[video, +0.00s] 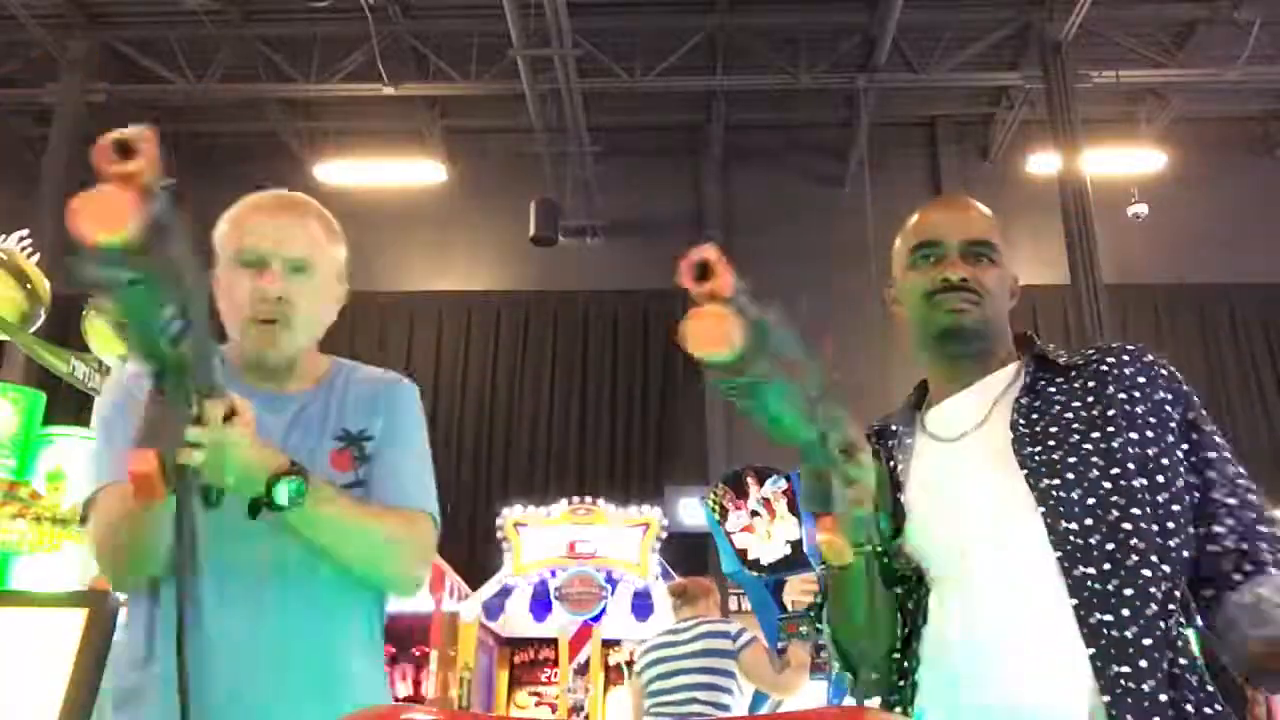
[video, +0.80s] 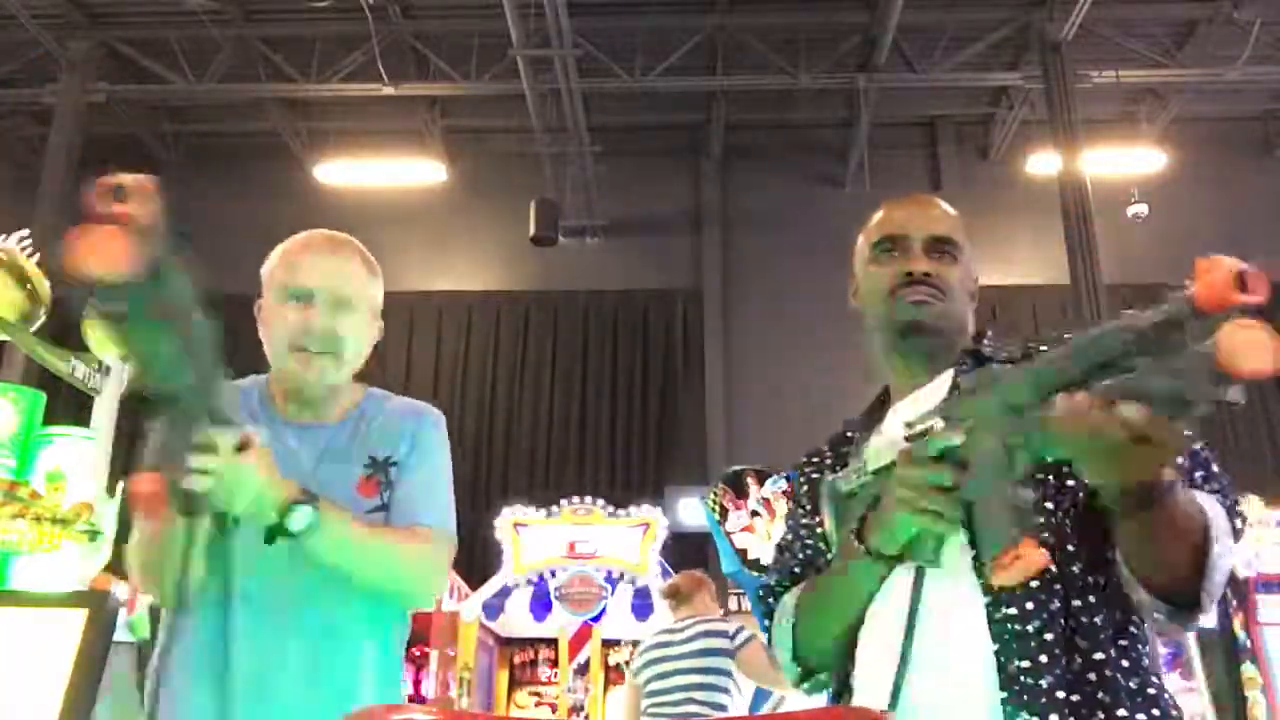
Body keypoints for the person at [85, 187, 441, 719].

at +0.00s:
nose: (273, 288)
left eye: (299, 270)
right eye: (250, 265)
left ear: (338, 295)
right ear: (216, 283)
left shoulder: (383, 401)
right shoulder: (147, 387)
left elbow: (407, 562)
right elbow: (123, 568)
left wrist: (267, 472)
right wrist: (165, 462)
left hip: (329, 704)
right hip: (162, 704)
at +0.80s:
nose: (319, 325)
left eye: (343, 306)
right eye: (299, 300)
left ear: (375, 331)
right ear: (261, 317)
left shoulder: (412, 430)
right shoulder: (204, 414)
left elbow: (423, 576)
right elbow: (158, 582)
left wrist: (283, 505)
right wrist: (173, 511)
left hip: (344, 709)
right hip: (199, 707)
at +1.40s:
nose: (282, 322)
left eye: (309, 302)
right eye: (263, 298)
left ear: (352, 322)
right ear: (235, 312)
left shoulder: (392, 422)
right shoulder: (188, 412)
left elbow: (340, 562)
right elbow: (129, 596)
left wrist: (222, 510)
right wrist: (149, 492)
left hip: (333, 710)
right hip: (190, 707)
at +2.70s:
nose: (333, 300)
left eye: (359, 282)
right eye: (311, 279)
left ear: (396, 308)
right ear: (280, 298)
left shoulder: (440, 416)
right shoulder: (235, 396)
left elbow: (470, 573)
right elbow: (178, 547)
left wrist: (365, 481)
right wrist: (198, 465)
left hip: (379, 704)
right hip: (228, 703)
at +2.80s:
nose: (329, 300)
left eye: (356, 282)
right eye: (308, 279)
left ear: (395, 310)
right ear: (280, 299)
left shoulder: (442, 414)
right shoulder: (223, 399)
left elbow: (465, 571)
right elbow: (177, 560)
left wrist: (339, 482)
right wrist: (207, 496)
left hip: (385, 706)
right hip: (229, 704)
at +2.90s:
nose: (299, 297)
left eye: (326, 277)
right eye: (278, 273)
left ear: (366, 305)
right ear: (244, 292)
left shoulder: (411, 407)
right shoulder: (181, 397)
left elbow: (429, 565)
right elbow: (145, 572)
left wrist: (289, 485)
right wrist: (186, 484)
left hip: (357, 706)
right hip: (198, 705)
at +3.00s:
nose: (260, 288)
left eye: (287, 269)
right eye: (241, 265)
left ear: (329, 296)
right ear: (210, 279)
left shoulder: (379, 401)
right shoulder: (139, 389)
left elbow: (402, 563)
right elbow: (116, 562)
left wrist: (270, 474)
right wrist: (164, 467)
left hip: (317, 707)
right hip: (153, 705)